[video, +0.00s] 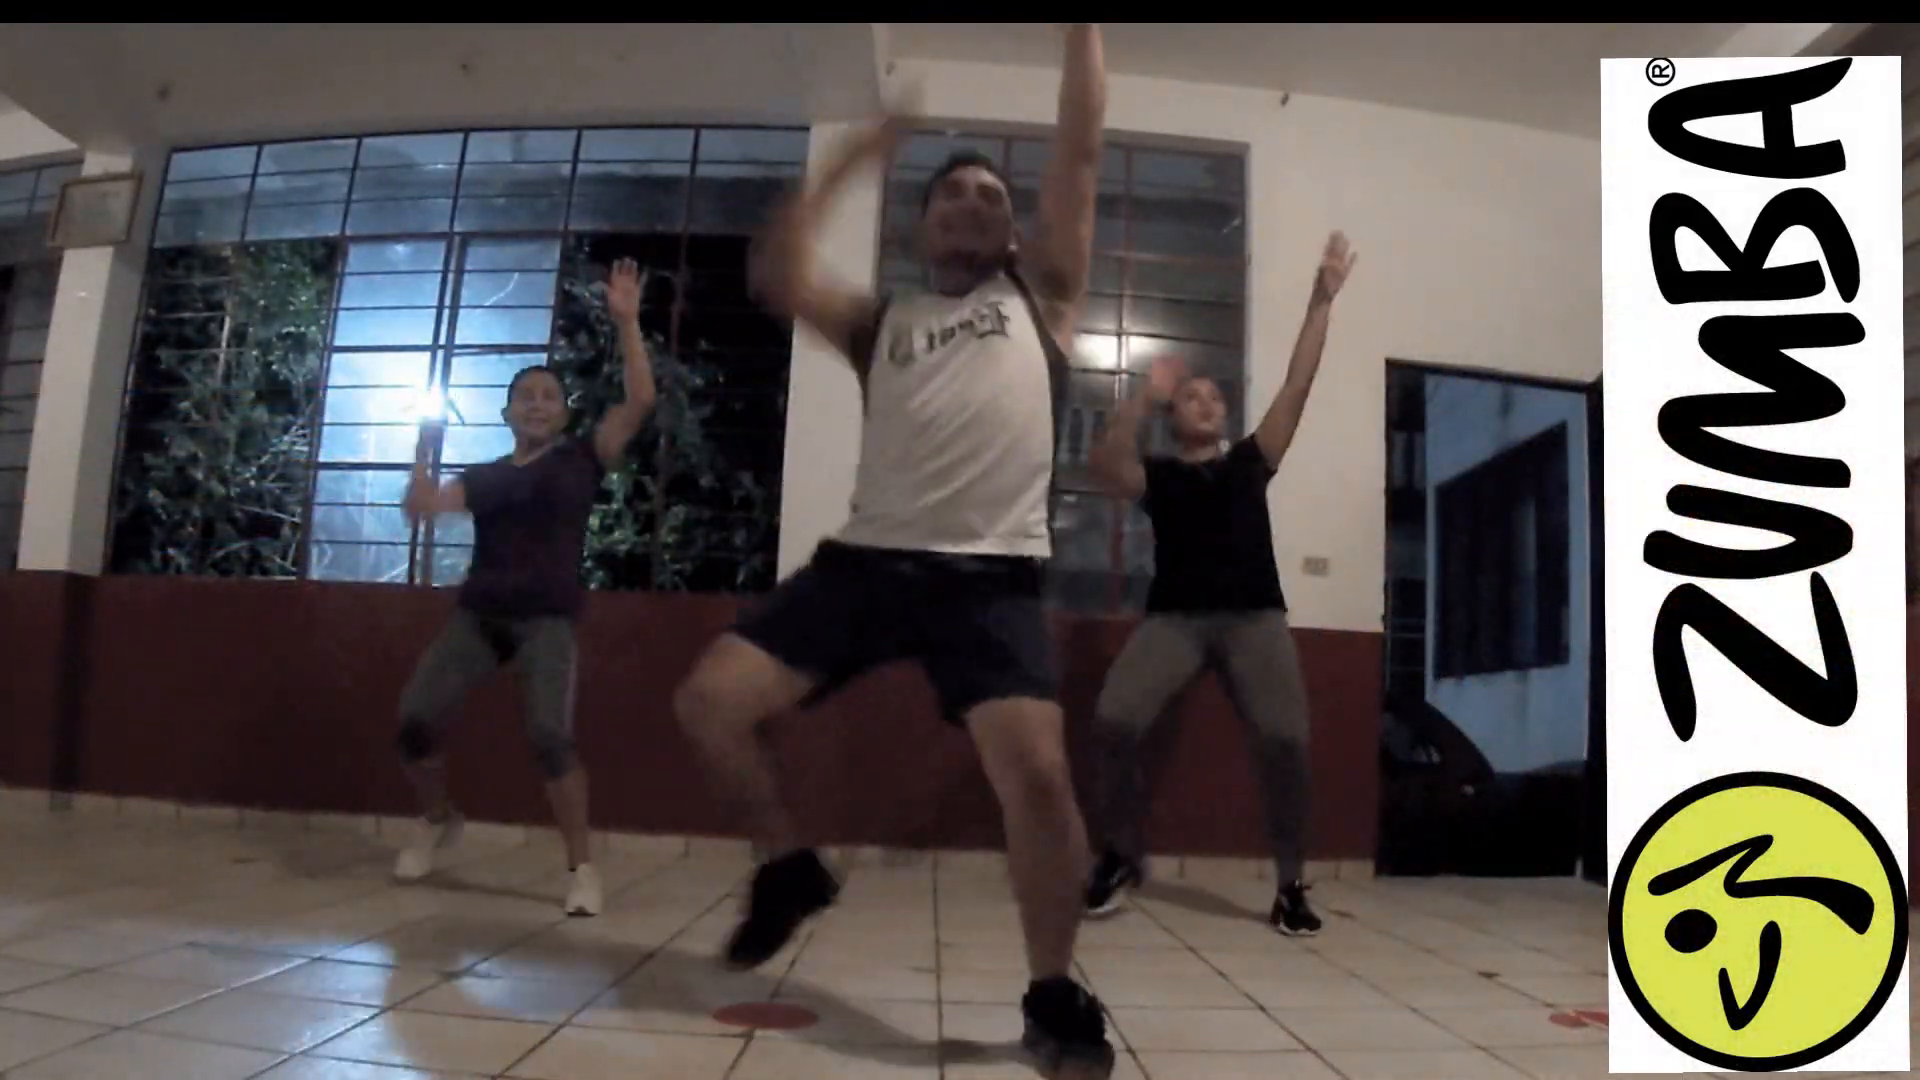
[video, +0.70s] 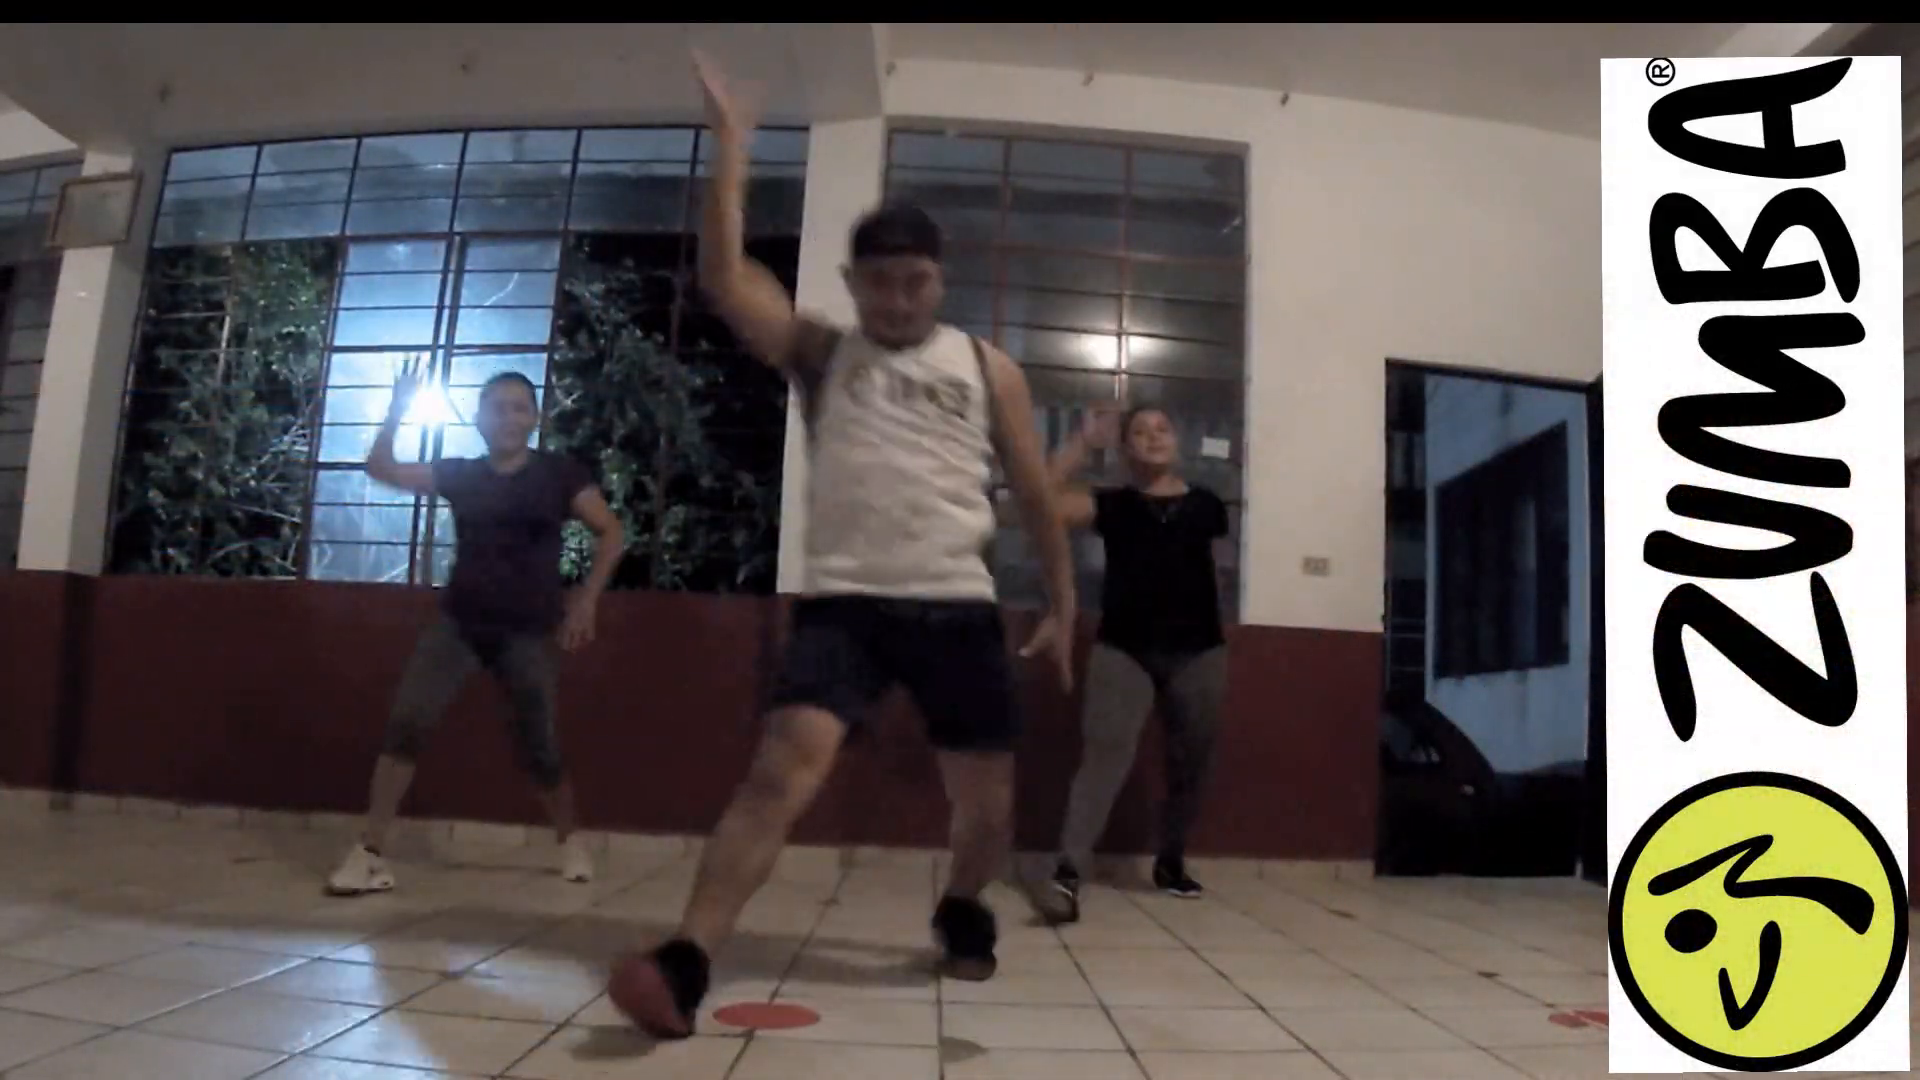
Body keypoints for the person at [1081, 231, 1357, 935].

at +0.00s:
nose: (1202, 402)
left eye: (1211, 398)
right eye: (1191, 398)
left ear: (1227, 415)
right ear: (1171, 416)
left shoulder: (1251, 464)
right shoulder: (1157, 475)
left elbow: (1297, 385)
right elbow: (1108, 466)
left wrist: (1321, 301)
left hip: (1253, 620)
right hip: (1176, 620)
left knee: (1284, 737)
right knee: (1118, 716)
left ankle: (1290, 885)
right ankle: (1120, 858)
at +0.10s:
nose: (1198, 398)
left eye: (1207, 392)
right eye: (1186, 391)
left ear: (1219, 410)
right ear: (1163, 407)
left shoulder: (1238, 459)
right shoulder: (1145, 462)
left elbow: (1296, 391)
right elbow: (1105, 392)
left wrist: (1314, 305)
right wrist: (1131, 311)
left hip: (1242, 608)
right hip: (1166, 608)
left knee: (1280, 729)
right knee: (1138, 727)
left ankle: (1288, 883)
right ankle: (1083, 871)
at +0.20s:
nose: (1187, 410)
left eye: (1195, 404)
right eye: (1175, 402)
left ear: (1205, 419)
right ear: (1150, 412)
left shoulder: (1222, 477)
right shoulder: (1131, 462)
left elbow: (1287, 439)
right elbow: (1128, 368)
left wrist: (1288, 365)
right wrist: (1125, 285)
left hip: (1221, 621)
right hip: (1150, 619)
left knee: (1269, 735)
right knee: (1133, 742)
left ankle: (1282, 887)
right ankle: (1080, 875)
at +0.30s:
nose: (1172, 413)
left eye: (1180, 408)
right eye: (1161, 405)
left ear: (1190, 424)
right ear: (1138, 417)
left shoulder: (1204, 492)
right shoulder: (1121, 463)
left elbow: (1270, 513)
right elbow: (1109, 366)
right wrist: (1118, 287)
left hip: (1198, 630)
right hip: (1130, 624)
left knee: (1268, 725)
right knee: (1119, 746)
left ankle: (1284, 879)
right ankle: (1074, 879)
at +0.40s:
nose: (1160, 411)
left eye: (1168, 405)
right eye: (1148, 403)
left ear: (1179, 421)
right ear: (1126, 416)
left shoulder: (1187, 490)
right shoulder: (1108, 462)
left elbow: (1191, 560)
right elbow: (1084, 380)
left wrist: (1236, 572)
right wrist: (1104, 299)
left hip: (1188, 625)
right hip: (1119, 623)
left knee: (1265, 718)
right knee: (1109, 745)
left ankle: (1245, 855)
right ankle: (1073, 878)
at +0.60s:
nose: (1153, 423)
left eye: (1161, 416)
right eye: (1141, 417)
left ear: (1176, 429)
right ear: (1122, 432)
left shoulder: (1196, 492)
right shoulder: (1104, 480)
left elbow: (1190, 558)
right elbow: (1051, 423)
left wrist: (1205, 612)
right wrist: (1090, 357)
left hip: (1191, 629)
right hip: (1120, 629)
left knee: (1202, 743)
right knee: (1108, 745)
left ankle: (1190, 853)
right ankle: (1073, 875)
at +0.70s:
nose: (1154, 440)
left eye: (1162, 431)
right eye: (1143, 433)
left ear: (1178, 442)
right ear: (1125, 446)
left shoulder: (1204, 507)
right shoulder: (1113, 504)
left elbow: (1254, 548)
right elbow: (1046, 504)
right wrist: (1084, 443)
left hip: (1195, 650)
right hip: (1125, 647)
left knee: (1192, 760)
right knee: (1105, 754)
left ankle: (1171, 863)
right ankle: (1069, 868)